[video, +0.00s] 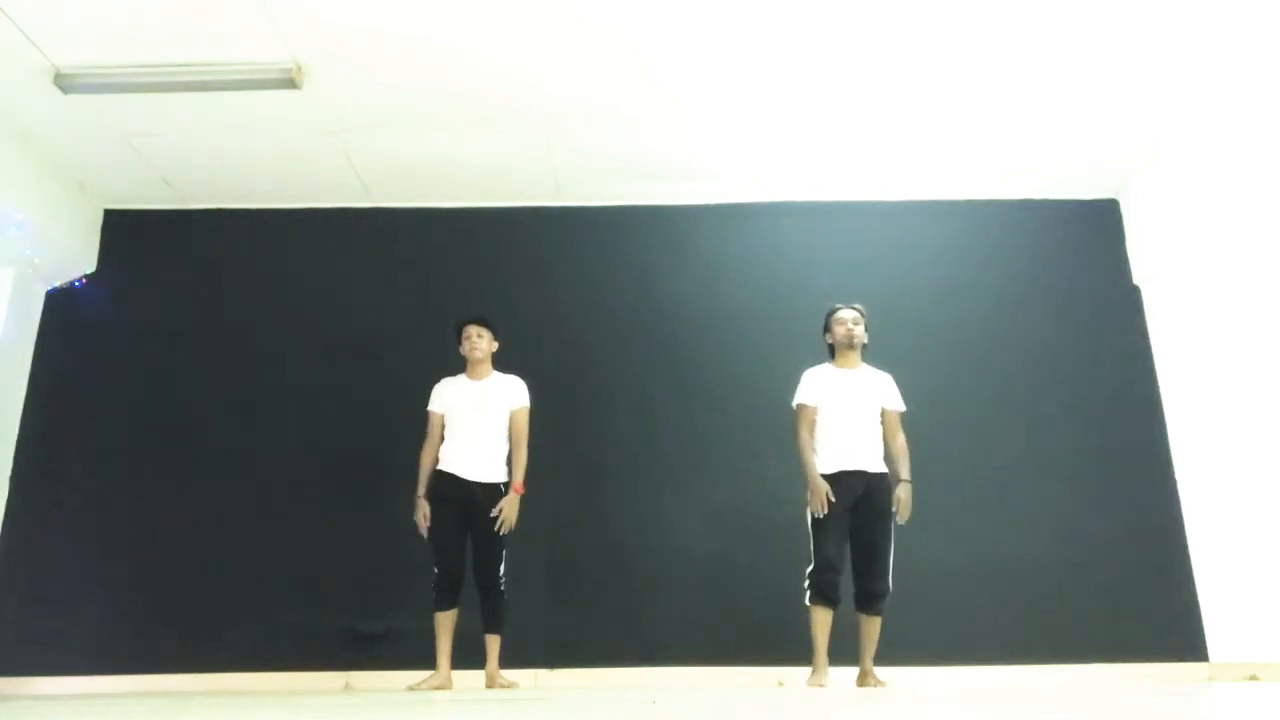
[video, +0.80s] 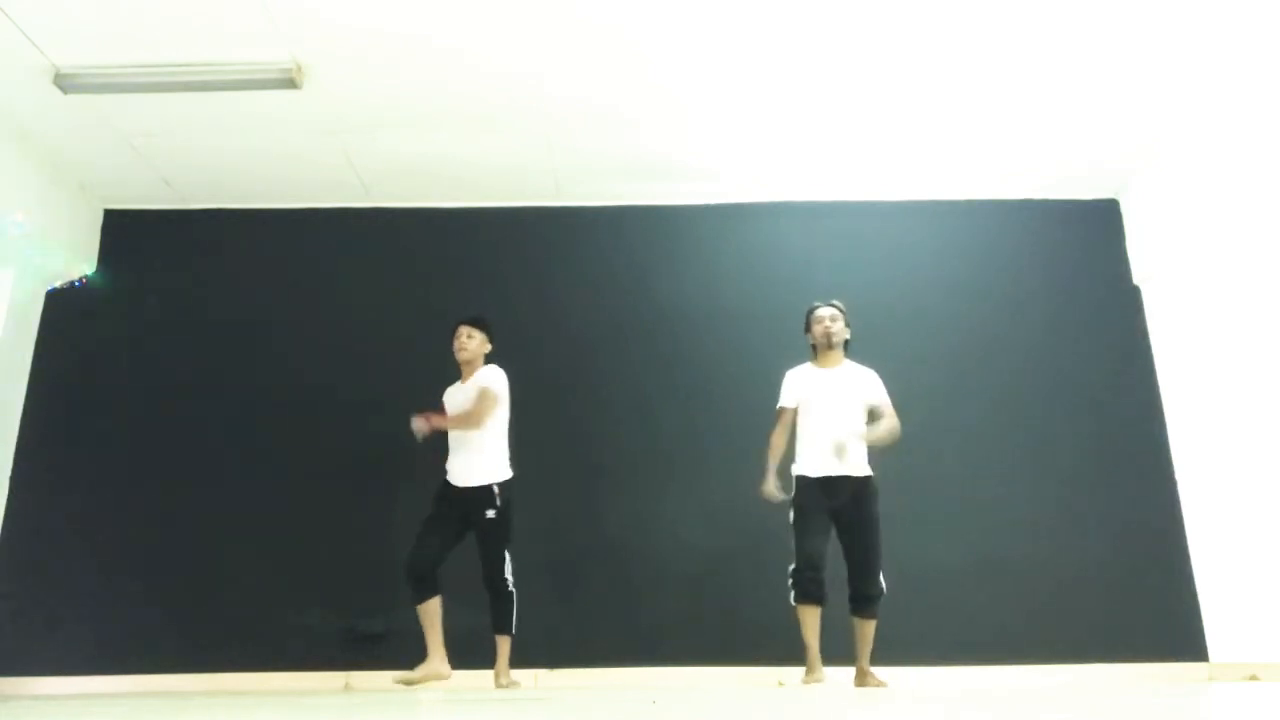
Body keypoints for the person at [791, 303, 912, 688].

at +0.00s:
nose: (851, 327)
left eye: (857, 322)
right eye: (842, 322)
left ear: (866, 333)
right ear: (828, 334)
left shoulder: (882, 380)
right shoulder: (815, 377)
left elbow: (895, 436)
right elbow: (804, 433)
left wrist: (904, 480)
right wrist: (813, 479)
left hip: (876, 484)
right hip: (830, 483)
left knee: (875, 576)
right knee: (826, 573)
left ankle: (867, 670)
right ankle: (820, 667)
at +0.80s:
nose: (828, 325)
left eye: (834, 319)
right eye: (820, 321)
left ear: (846, 330)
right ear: (809, 334)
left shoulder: (866, 376)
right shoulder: (797, 376)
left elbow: (892, 426)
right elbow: (782, 428)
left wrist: (864, 436)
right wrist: (771, 471)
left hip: (857, 483)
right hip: (810, 483)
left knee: (867, 574)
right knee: (808, 569)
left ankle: (863, 670)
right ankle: (813, 665)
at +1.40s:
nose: (753, 308)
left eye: (762, 302)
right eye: (751, 303)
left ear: (785, 311)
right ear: (756, 312)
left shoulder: (771, 346)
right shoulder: (779, 350)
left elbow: (720, 361)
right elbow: (752, 370)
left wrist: (691, 363)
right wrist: (733, 348)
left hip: (764, 458)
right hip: (775, 460)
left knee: (731, 555)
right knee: (768, 565)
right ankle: (797, 666)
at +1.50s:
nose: (742, 308)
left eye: (751, 301)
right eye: (741, 302)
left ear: (773, 312)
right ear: (743, 312)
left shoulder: (764, 346)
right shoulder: (756, 346)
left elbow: (744, 376)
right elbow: (739, 334)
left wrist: (721, 379)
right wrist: (719, 321)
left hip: (747, 461)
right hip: (751, 462)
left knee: (709, 551)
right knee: (757, 565)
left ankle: (673, 645)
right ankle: (797, 666)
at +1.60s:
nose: (726, 302)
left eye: (737, 295)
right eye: (725, 296)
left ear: (760, 306)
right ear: (726, 308)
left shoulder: (756, 345)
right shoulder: (734, 342)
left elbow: (775, 384)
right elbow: (722, 326)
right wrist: (702, 313)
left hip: (731, 460)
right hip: (716, 459)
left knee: (690, 548)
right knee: (741, 565)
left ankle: (660, 653)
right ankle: (797, 660)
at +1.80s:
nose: (677, 300)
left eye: (686, 292)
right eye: (673, 296)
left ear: (710, 299)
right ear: (671, 308)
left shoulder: (736, 340)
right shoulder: (671, 361)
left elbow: (789, 348)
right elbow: (613, 379)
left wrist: (815, 312)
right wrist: (616, 327)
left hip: (728, 461)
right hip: (682, 465)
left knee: (678, 555)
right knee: (642, 556)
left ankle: (654, 666)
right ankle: (633, 657)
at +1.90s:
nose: (656, 311)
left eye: (664, 302)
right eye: (648, 308)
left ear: (687, 305)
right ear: (646, 321)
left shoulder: (724, 341)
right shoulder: (651, 377)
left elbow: (780, 316)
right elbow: (604, 413)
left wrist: (754, 286)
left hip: (737, 471)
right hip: (687, 477)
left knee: (687, 562)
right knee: (619, 557)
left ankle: (654, 669)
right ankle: (566, 653)